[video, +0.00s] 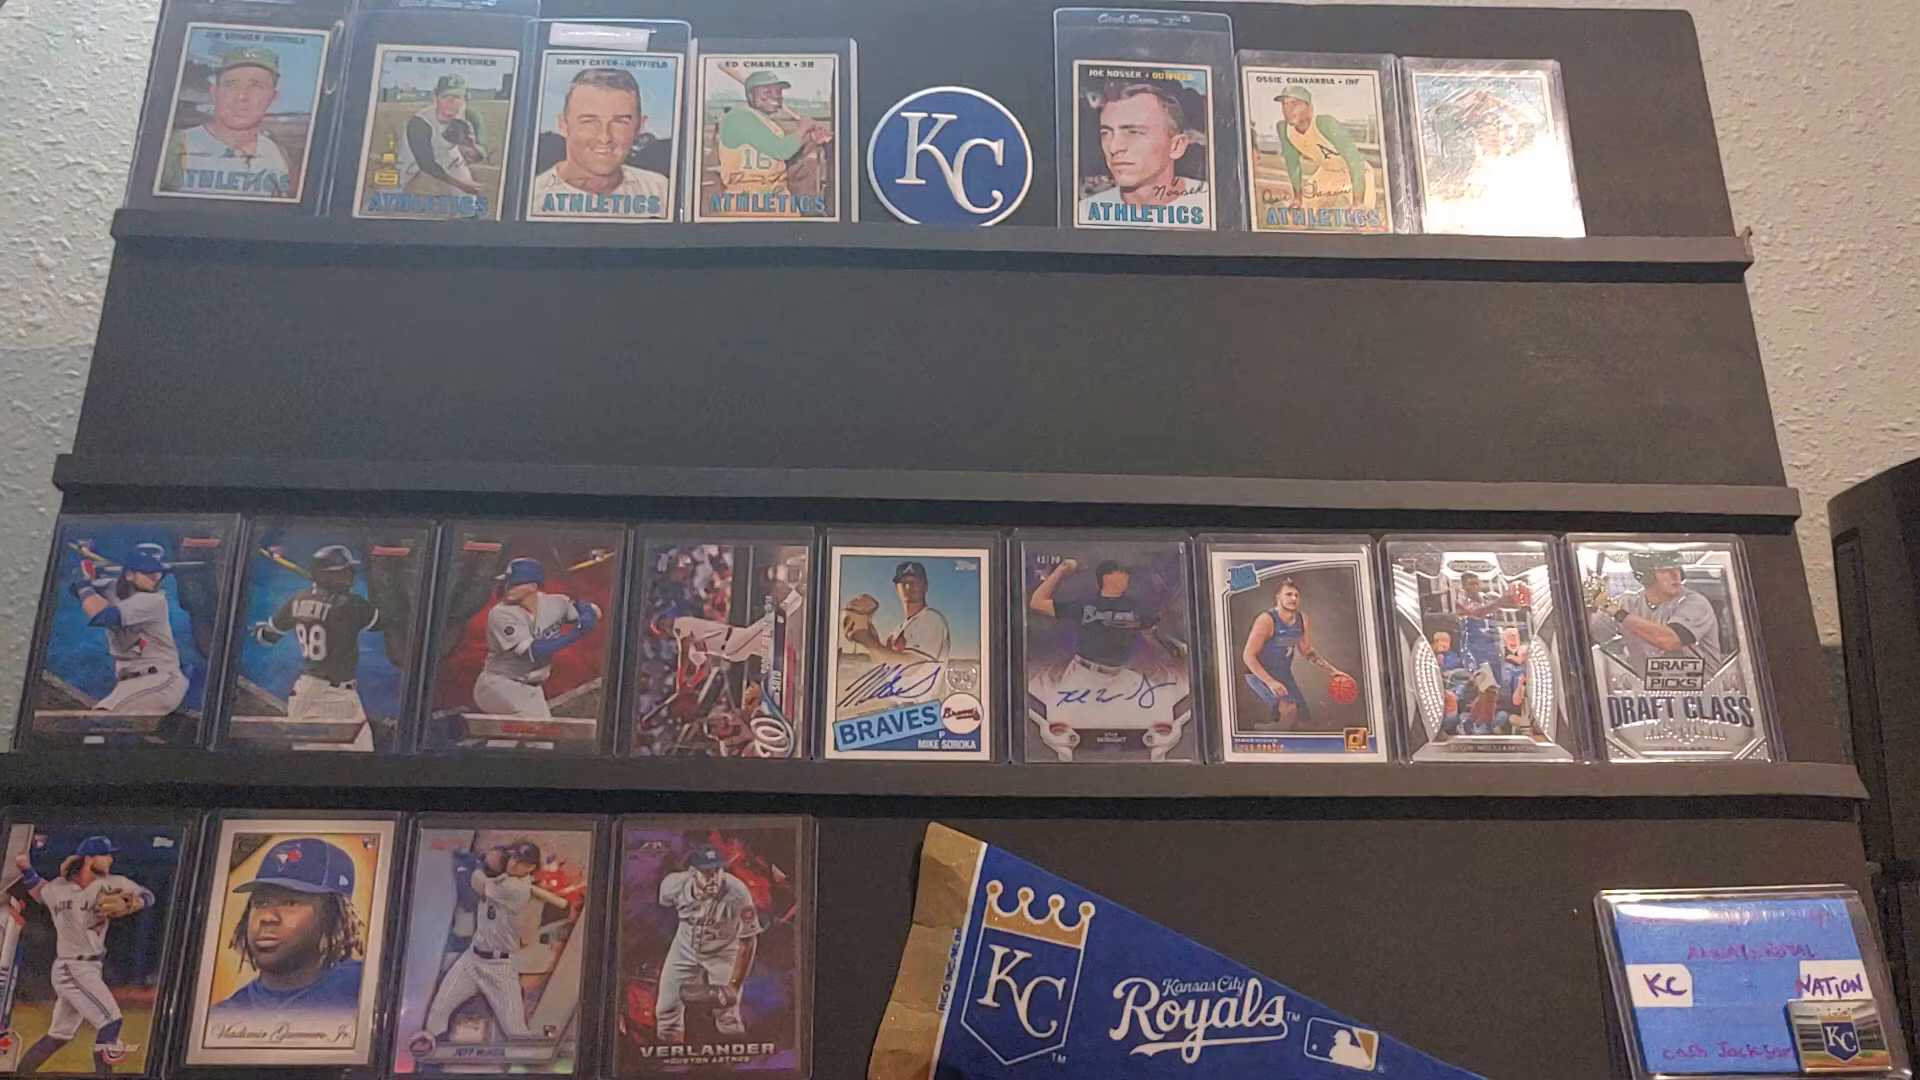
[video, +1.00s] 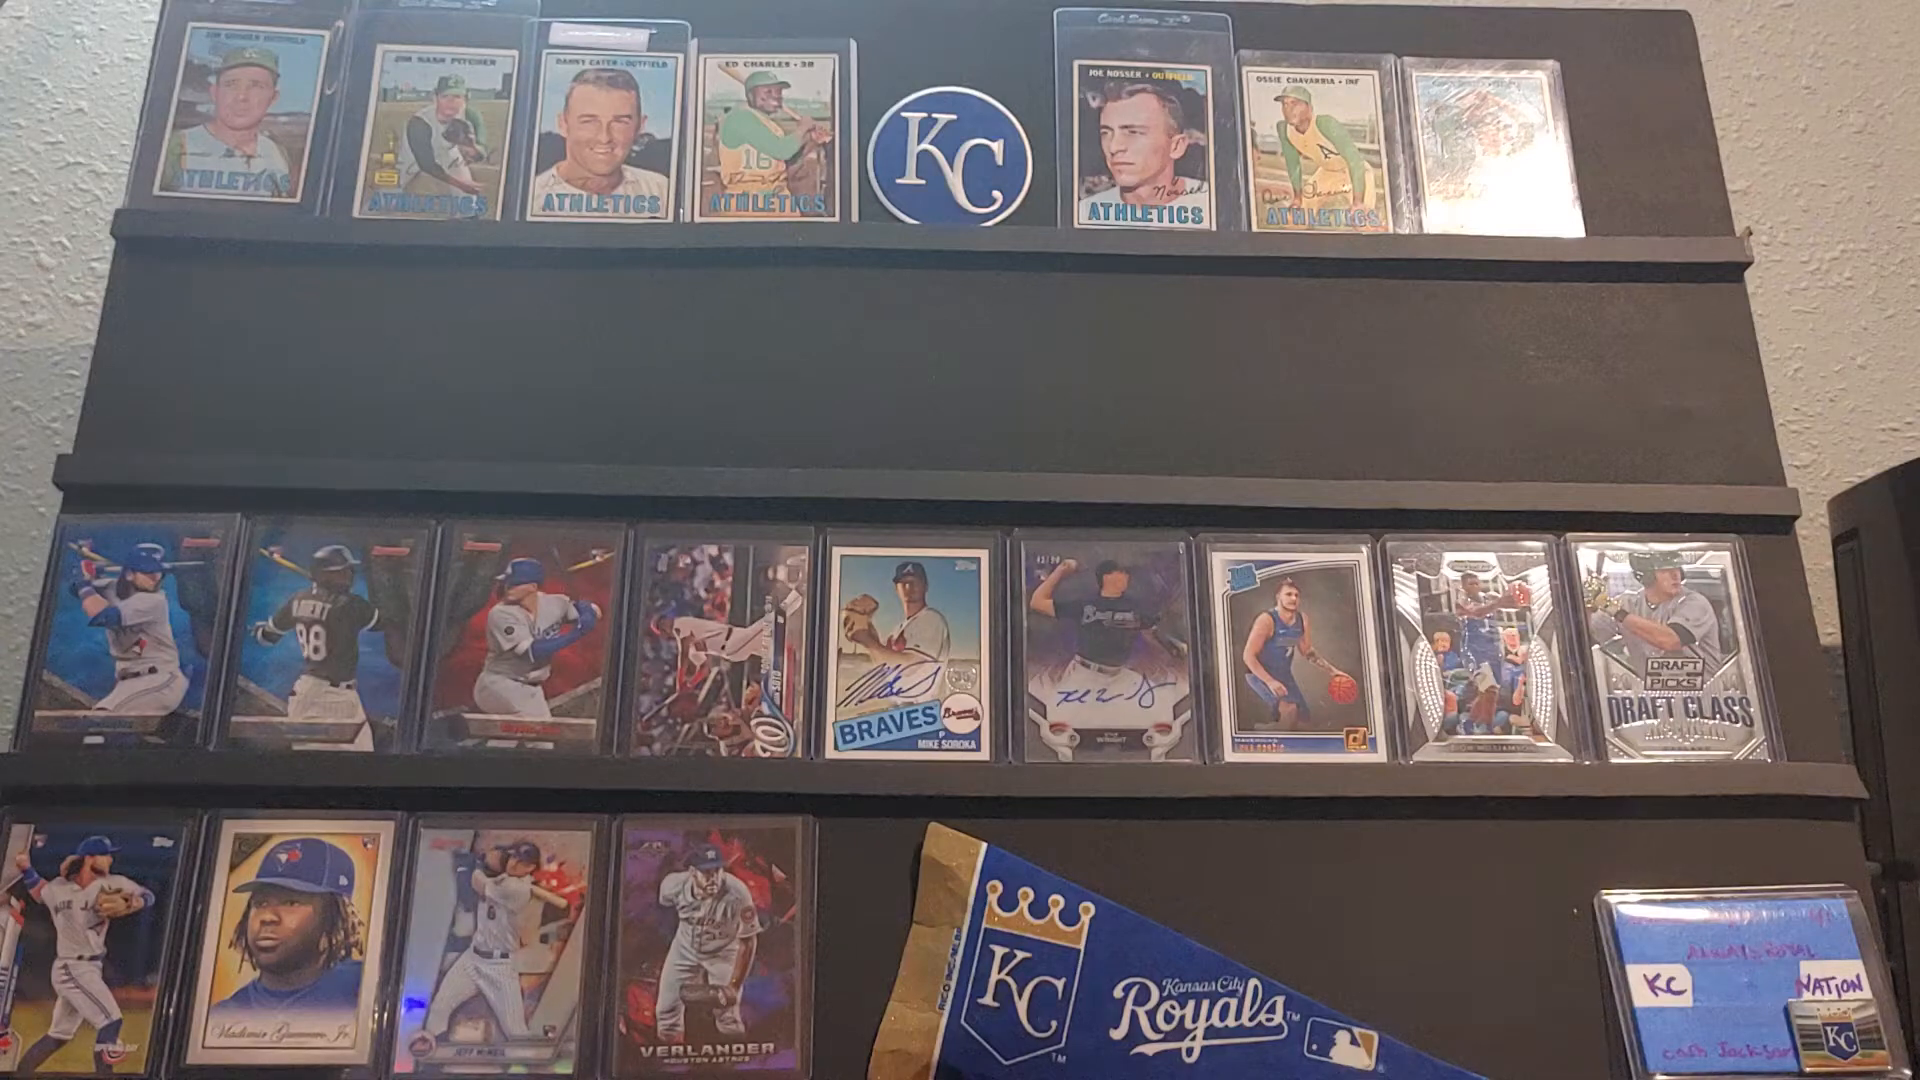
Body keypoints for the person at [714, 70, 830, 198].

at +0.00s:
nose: (776, 97)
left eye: (779, 92)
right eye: (767, 92)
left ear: (782, 93)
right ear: (751, 96)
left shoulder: (770, 124)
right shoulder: (740, 118)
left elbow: (786, 161)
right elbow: (782, 151)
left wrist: (810, 142)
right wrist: (802, 130)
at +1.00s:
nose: (776, 97)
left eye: (778, 91)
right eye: (768, 92)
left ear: (782, 93)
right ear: (751, 96)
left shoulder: (772, 125)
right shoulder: (740, 118)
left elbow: (788, 162)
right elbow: (782, 151)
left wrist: (810, 142)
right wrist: (802, 129)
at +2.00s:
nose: (777, 97)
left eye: (779, 92)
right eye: (770, 91)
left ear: (782, 93)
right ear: (752, 95)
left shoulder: (774, 127)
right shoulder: (738, 117)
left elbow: (784, 170)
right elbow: (783, 151)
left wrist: (811, 144)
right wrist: (803, 128)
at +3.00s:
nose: (777, 98)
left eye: (778, 93)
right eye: (770, 93)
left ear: (782, 93)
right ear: (752, 95)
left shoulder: (775, 127)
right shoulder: (738, 118)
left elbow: (784, 170)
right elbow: (782, 151)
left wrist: (811, 143)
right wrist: (802, 128)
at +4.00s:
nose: (777, 98)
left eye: (779, 92)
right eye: (770, 92)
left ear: (782, 93)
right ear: (753, 94)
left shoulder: (775, 128)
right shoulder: (738, 117)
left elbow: (784, 172)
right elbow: (781, 151)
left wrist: (811, 143)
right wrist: (803, 128)